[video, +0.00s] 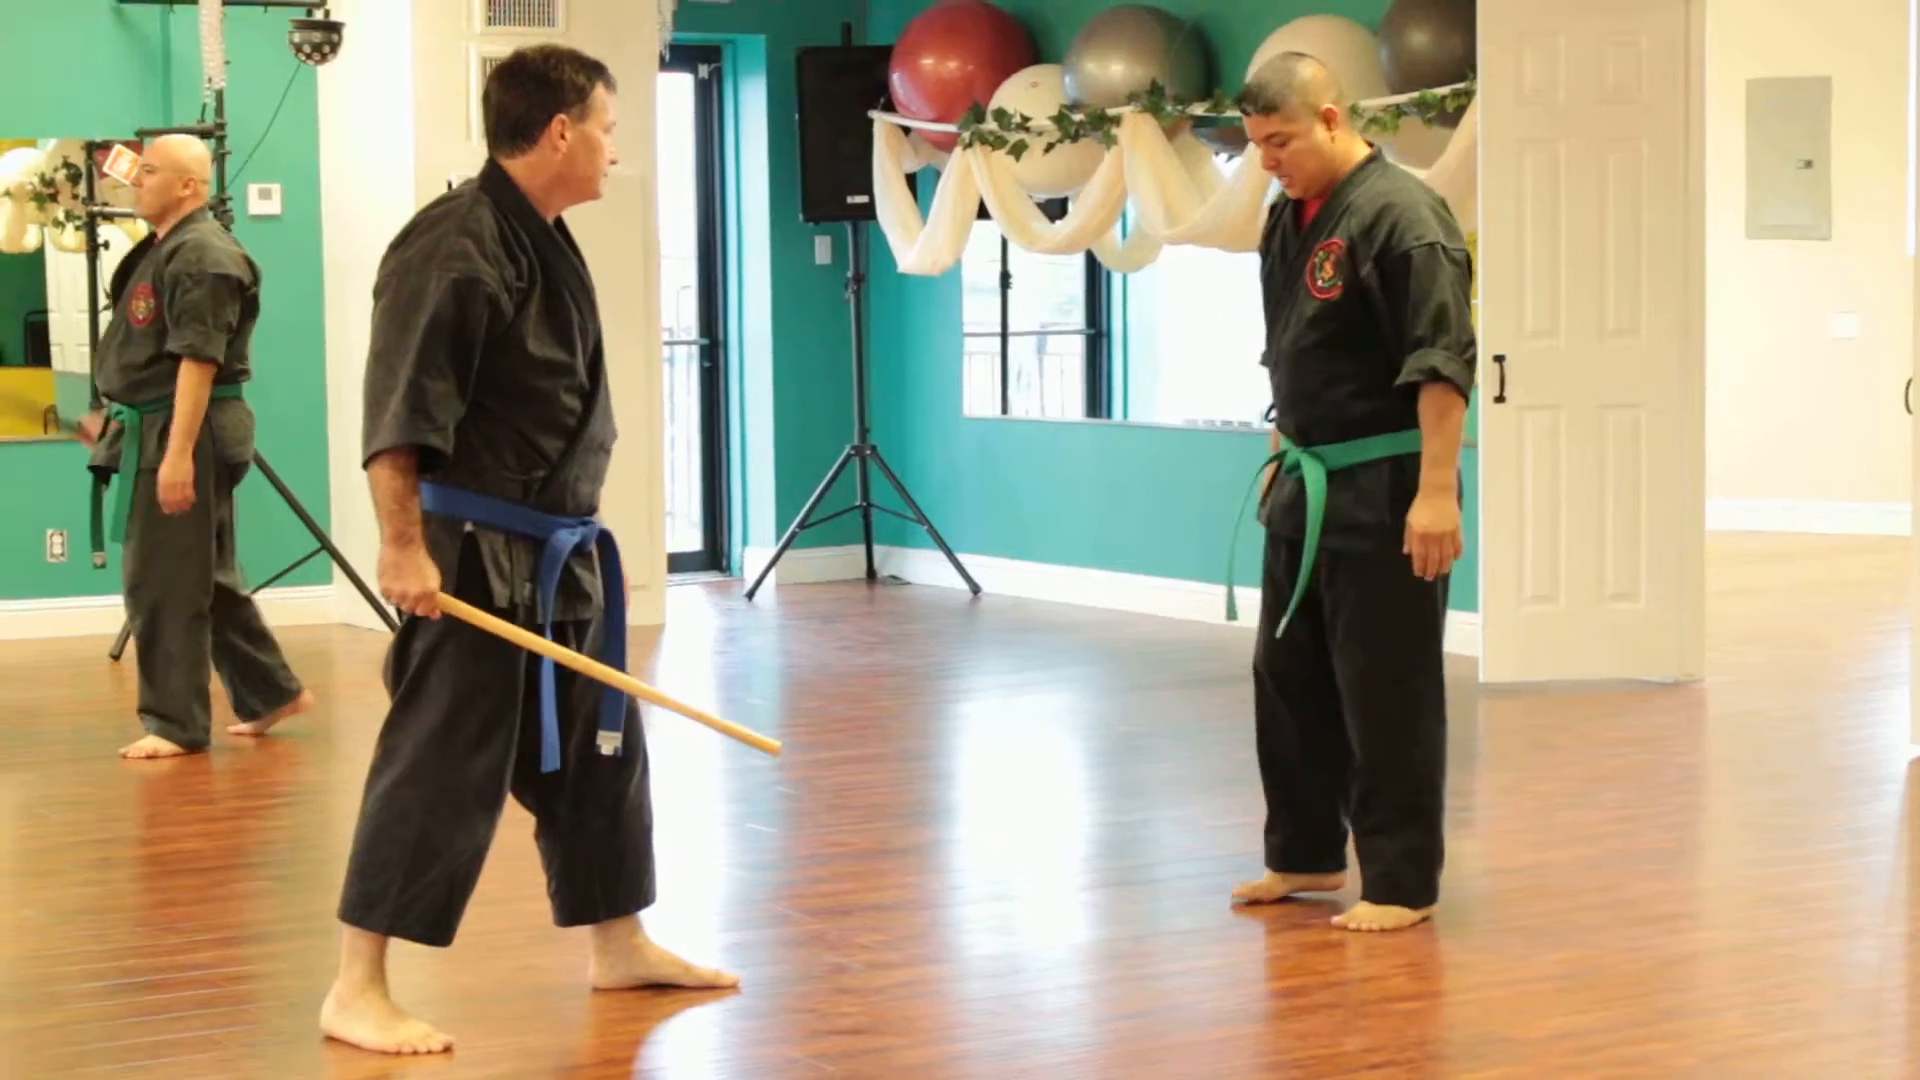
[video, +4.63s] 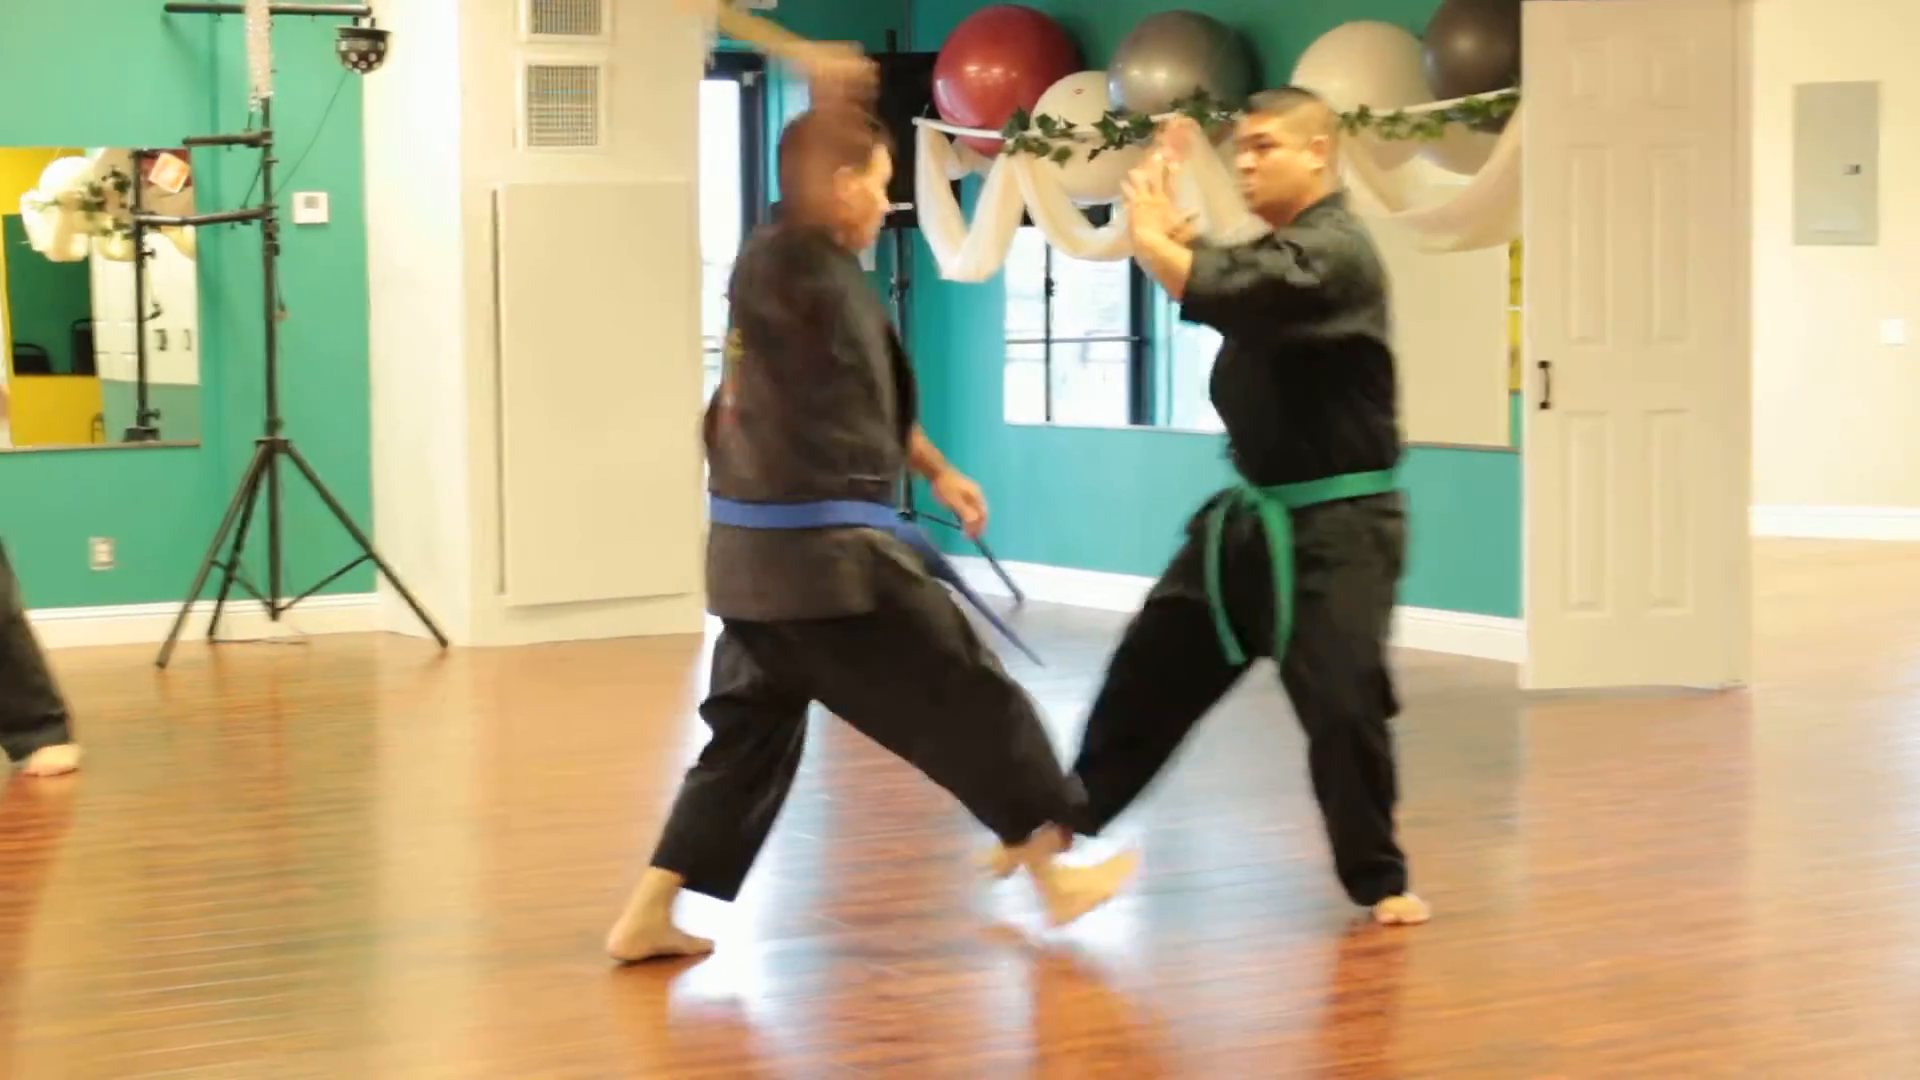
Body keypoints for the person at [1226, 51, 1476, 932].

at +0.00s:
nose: (1272, 166)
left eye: (1281, 146)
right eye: (1262, 150)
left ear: (1333, 120)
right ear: (1260, 141)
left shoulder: (1406, 217)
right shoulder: (1288, 218)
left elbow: (1443, 364)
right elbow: (1298, 353)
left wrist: (1438, 491)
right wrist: (1283, 454)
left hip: (1385, 473)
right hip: (1307, 473)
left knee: (1387, 682)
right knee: (1291, 672)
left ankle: (1401, 885)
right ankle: (1306, 861)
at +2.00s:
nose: (1294, 156)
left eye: (1307, 138)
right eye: (1287, 141)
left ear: (1362, 123)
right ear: (1294, 141)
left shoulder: (1429, 224)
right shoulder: (1307, 231)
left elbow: (1452, 376)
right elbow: (1297, 368)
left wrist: (1429, 495)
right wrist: (1281, 466)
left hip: (1398, 480)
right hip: (1315, 481)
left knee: (1408, 689)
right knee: (1319, 680)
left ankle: (1431, 885)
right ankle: (1339, 862)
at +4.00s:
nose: (1299, 118)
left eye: (1319, 102)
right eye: (1297, 104)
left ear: (1375, 116)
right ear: (1301, 121)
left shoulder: (1416, 222)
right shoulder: (1314, 225)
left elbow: (1443, 373)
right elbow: (1316, 360)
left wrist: (1412, 496)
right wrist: (1304, 470)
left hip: (1398, 479)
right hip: (1325, 479)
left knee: (1412, 691)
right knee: (1327, 684)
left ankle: (1437, 887)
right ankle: (1345, 861)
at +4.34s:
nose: (1276, 131)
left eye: (1295, 116)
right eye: (1274, 118)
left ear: (1352, 127)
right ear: (1291, 132)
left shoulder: (1377, 233)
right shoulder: (1313, 228)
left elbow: (1375, 385)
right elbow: (1312, 373)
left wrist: (1301, 477)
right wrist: (1268, 454)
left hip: (1385, 487)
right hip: (1318, 480)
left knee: (1375, 679)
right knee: (1307, 675)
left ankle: (1388, 873)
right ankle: (1336, 861)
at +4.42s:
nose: (1272, 144)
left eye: (1291, 129)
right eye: (1269, 131)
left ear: (1347, 140)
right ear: (1274, 145)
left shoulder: (1366, 239)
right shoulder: (1310, 241)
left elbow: (1335, 370)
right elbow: (1283, 369)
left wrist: (1220, 383)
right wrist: (1264, 387)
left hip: (1379, 497)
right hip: (1303, 494)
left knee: (1373, 688)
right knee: (1246, 658)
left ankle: (1384, 873)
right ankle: (1308, 824)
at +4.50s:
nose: (1268, 154)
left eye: (1286, 139)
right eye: (1264, 140)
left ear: (1340, 150)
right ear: (1269, 153)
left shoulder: (1359, 253)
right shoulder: (1309, 244)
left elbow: (1255, 349)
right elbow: (1282, 296)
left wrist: (1170, 291)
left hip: (1371, 505)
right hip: (1291, 500)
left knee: (1366, 684)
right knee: (1199, 642)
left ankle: (1383, 878)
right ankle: (1226, 812)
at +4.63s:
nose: (1248, 163)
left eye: (1265, 146)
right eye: (1241, 150)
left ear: (1321, 153)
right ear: (1243, 164)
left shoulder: (1337, 247)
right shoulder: (1267, 246)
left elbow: (1232, 291)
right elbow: (1201, 280)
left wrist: (1146, 230)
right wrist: (1168, 204)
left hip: (1343, 513)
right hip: (1257, 510)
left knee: (1338, 691)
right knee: (1159, 663)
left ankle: (1382, 884)